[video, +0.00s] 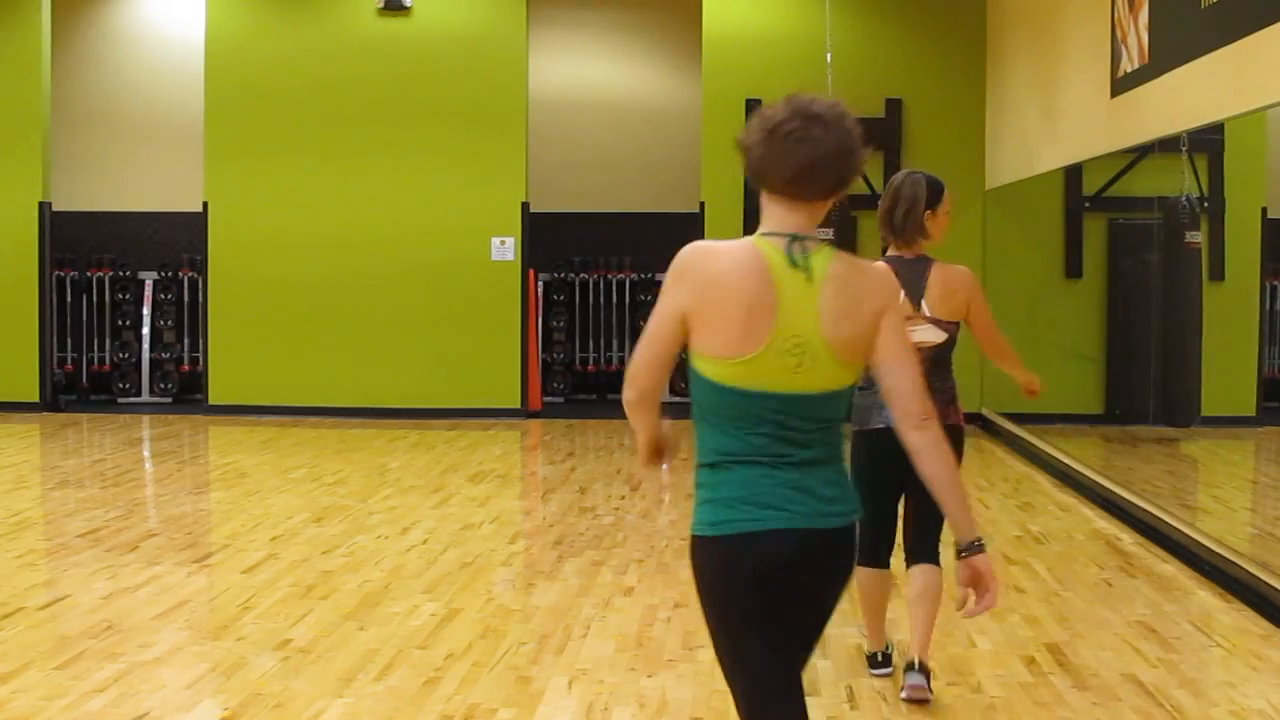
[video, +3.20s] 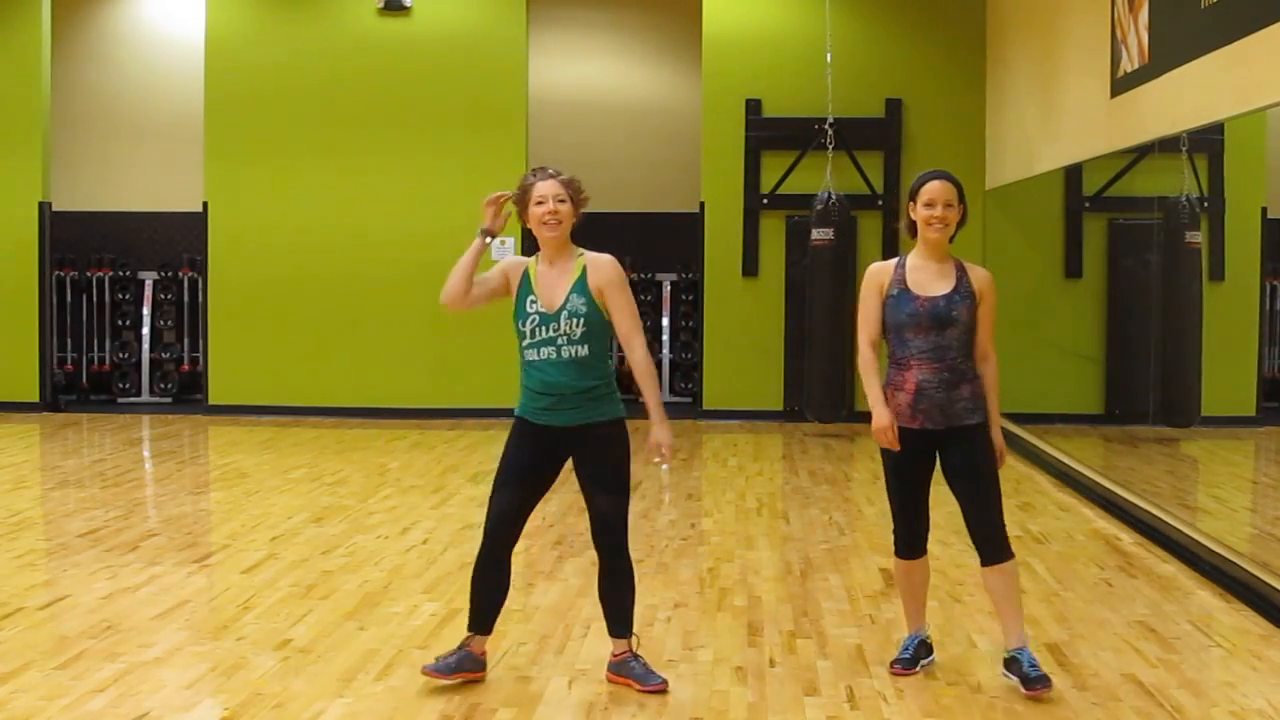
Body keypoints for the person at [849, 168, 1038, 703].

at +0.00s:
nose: (949, 220)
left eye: (948, 211)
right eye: (946, 212)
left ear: (890, 215)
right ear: (929, 217)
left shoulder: (866, 278)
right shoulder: (957, 281)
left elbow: (846, 344)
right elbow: (993, 344)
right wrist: (1023, 375)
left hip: (874, 428)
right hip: (935, 427)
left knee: (873, 536)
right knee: (924, 542)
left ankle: (877, 648)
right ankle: (918, 663)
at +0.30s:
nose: (943, 222)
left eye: (941, 213)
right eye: (935, 215)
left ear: (897, 221)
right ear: (907, 220)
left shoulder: (855, 277)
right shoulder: (943, 279)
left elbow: (844, 347)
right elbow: (964, 344)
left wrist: (842, 387)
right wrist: (995, 409)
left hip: (865, 423)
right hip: (923, 426)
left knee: (872, 528)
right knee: (913, 521)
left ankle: (881, 646)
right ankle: (899, 617)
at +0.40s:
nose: (938, 224)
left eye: (936, 215)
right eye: (928, 217)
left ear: (893, 225)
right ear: (898, 224)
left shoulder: (862, 276)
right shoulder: (934, 280)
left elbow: (865, 347)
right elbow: (934, 350)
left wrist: (885, 390)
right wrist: (945, 417)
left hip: (865, 416)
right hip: (917, 416)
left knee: (869, 521)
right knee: (912, 521)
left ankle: (872, 626)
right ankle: (893, 618)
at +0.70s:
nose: (910, 216)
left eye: (914, 207)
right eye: (898, 211)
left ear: (920, 211)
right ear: (877, 219)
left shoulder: (916, 263)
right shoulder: (878, 270)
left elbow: (918, 334)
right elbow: (863, 342)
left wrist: (948, 373)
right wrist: (895, 403)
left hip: (909, 402)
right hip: (883, 405)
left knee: (900, 502)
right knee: (904, 508)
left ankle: (867, 583)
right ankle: (888, 610)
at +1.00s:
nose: (889, 223)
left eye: (896, 216)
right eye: (879, 217)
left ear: (909, 223)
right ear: (867, 226)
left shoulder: (927, 288)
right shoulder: (842, 277)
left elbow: (943, 352)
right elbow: (821, 342)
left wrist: (955, 409)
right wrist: (833, 400)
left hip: (903, 414)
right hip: (850, 412)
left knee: (890, 507)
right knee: (853, 504)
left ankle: (876, 591)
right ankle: (879, 589)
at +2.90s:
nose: (926, 218)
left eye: (935, 210)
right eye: (917, 209)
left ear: (947, 217)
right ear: (899, 214)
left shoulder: (966, 278)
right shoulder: (873, 277)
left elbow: (981, 351)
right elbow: (854, 350)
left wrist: (987, 415)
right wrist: (852, 415)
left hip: (946, 420)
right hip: (887, 422)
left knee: (965, 528)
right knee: (900, 532)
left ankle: (954, 608)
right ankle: (913, 635)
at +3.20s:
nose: (938, 213)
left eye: (947, 206)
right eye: (929, 205)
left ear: (960, 215)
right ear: (911, 211)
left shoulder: (977, 280)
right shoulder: (881, 276)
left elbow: (984, 357)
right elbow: (867, 347)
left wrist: (994, 425)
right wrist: (878, 406)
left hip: (966, 422)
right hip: (905, 425)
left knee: (991, 536)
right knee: (909, 536)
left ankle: (1018, 649)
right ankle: (916, 637)